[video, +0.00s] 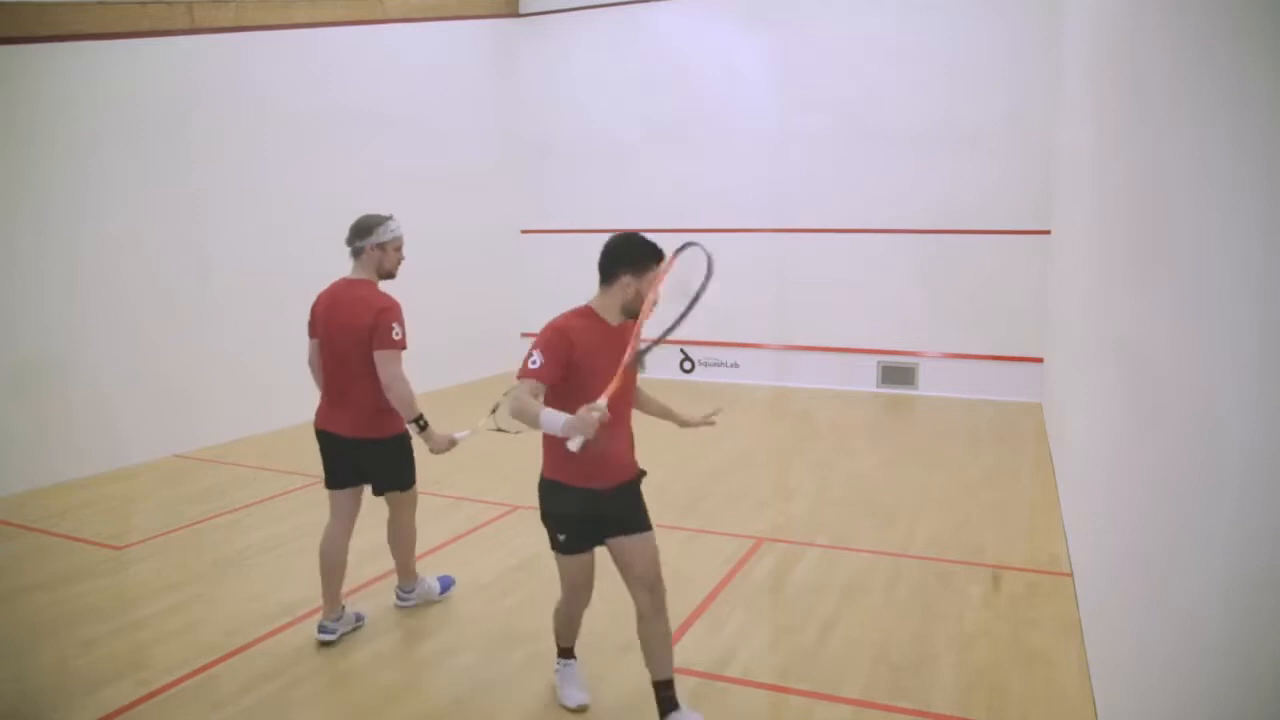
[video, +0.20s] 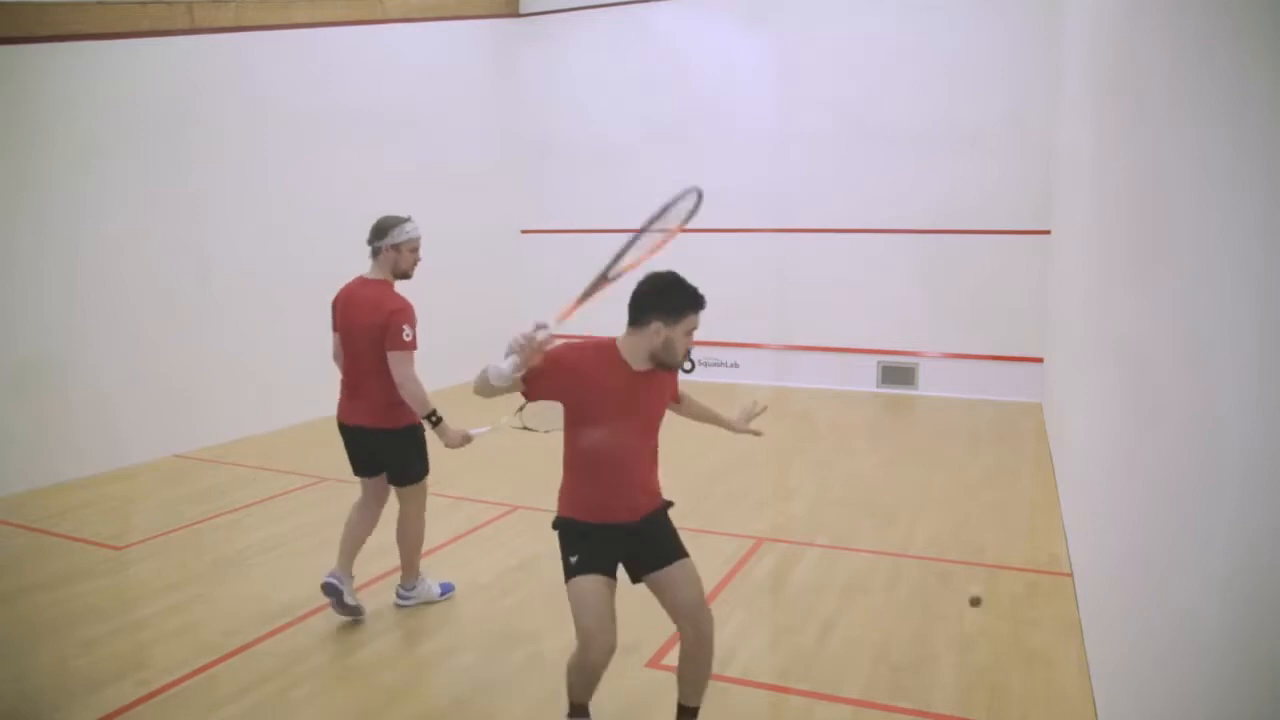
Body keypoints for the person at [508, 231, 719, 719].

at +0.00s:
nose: (656, 295)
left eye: (658, 284)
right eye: (653, 283)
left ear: (626, 281)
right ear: (624, 279)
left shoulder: (627, 333)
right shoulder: (562, 332)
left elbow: (626, 389)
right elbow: (518, 402)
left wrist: (677, 416)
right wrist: (566, 423)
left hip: (621, 485)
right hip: (568, 489)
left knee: (650, 590)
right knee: (576, 594)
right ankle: (566, 662)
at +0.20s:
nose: (692, 344)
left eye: (694, 334)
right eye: (689, 332)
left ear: (660, 329)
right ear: (657, 328)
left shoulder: (662, 373)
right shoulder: (577, 361)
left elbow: (679, 401)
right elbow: (484, 388)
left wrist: (730, 422)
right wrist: (516, 361)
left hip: (647, 519)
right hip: (586, 524)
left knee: (698, 622)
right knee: (597, 645)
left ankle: (687, 716)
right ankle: (577, 714)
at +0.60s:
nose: (641, 295)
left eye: (641, 281)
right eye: (639, 280)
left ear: (594, 280)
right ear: (612, 284)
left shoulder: (539, 330)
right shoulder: (592, 370)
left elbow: (546, 412)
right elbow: (657, 445)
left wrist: (593, 452)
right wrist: (708, 463)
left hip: (536, 513)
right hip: (537, 528)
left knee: (616, 603)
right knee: (597, 658)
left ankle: (607, 705)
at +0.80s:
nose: (570, 309)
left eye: (567, 298)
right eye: (567, 298)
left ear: (510, 307)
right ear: (555, 306)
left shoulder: (466, 376)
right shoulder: (567, 384)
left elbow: (429, 459)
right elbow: (599, 456)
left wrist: (473, 487)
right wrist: (622, 424)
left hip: (465, 567)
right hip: (530, 571)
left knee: (481, 630)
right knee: (597, 702)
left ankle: (421, 712)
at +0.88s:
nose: (533, 313)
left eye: (529, 303)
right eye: (530, 303)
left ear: (473, 314)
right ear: (519, 312)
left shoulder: (430, 385)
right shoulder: (535, 391)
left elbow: (385, 467)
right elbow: (571, 485)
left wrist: (413, 505)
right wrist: (596, 465)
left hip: (436, 569)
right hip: (503, 572)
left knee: (418, 652)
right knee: (566, 701)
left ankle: (371, 718)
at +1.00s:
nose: (485, 293)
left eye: (482, 282)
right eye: (481, 283)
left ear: (428, 292)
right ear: (467, 292)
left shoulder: (383, 353)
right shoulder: (478, 366)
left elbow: (324, 426)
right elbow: (508, 455)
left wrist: (333, 485)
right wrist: (535, 498)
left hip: (384, 531)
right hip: (448, 536)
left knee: (375, 652)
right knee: (487, 675)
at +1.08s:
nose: (465, 265)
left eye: (461, 255)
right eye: (460, 256)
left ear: (407, 265)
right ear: (446, 264)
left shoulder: (361, 322)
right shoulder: (451, 332)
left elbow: (300, 381)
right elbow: (475, 420)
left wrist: (305, 454)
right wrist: (490, 471)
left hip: (363, 498)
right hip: (418, 501)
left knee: (369, 620)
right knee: (440, 635)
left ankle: (345, 715)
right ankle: (430, 718)